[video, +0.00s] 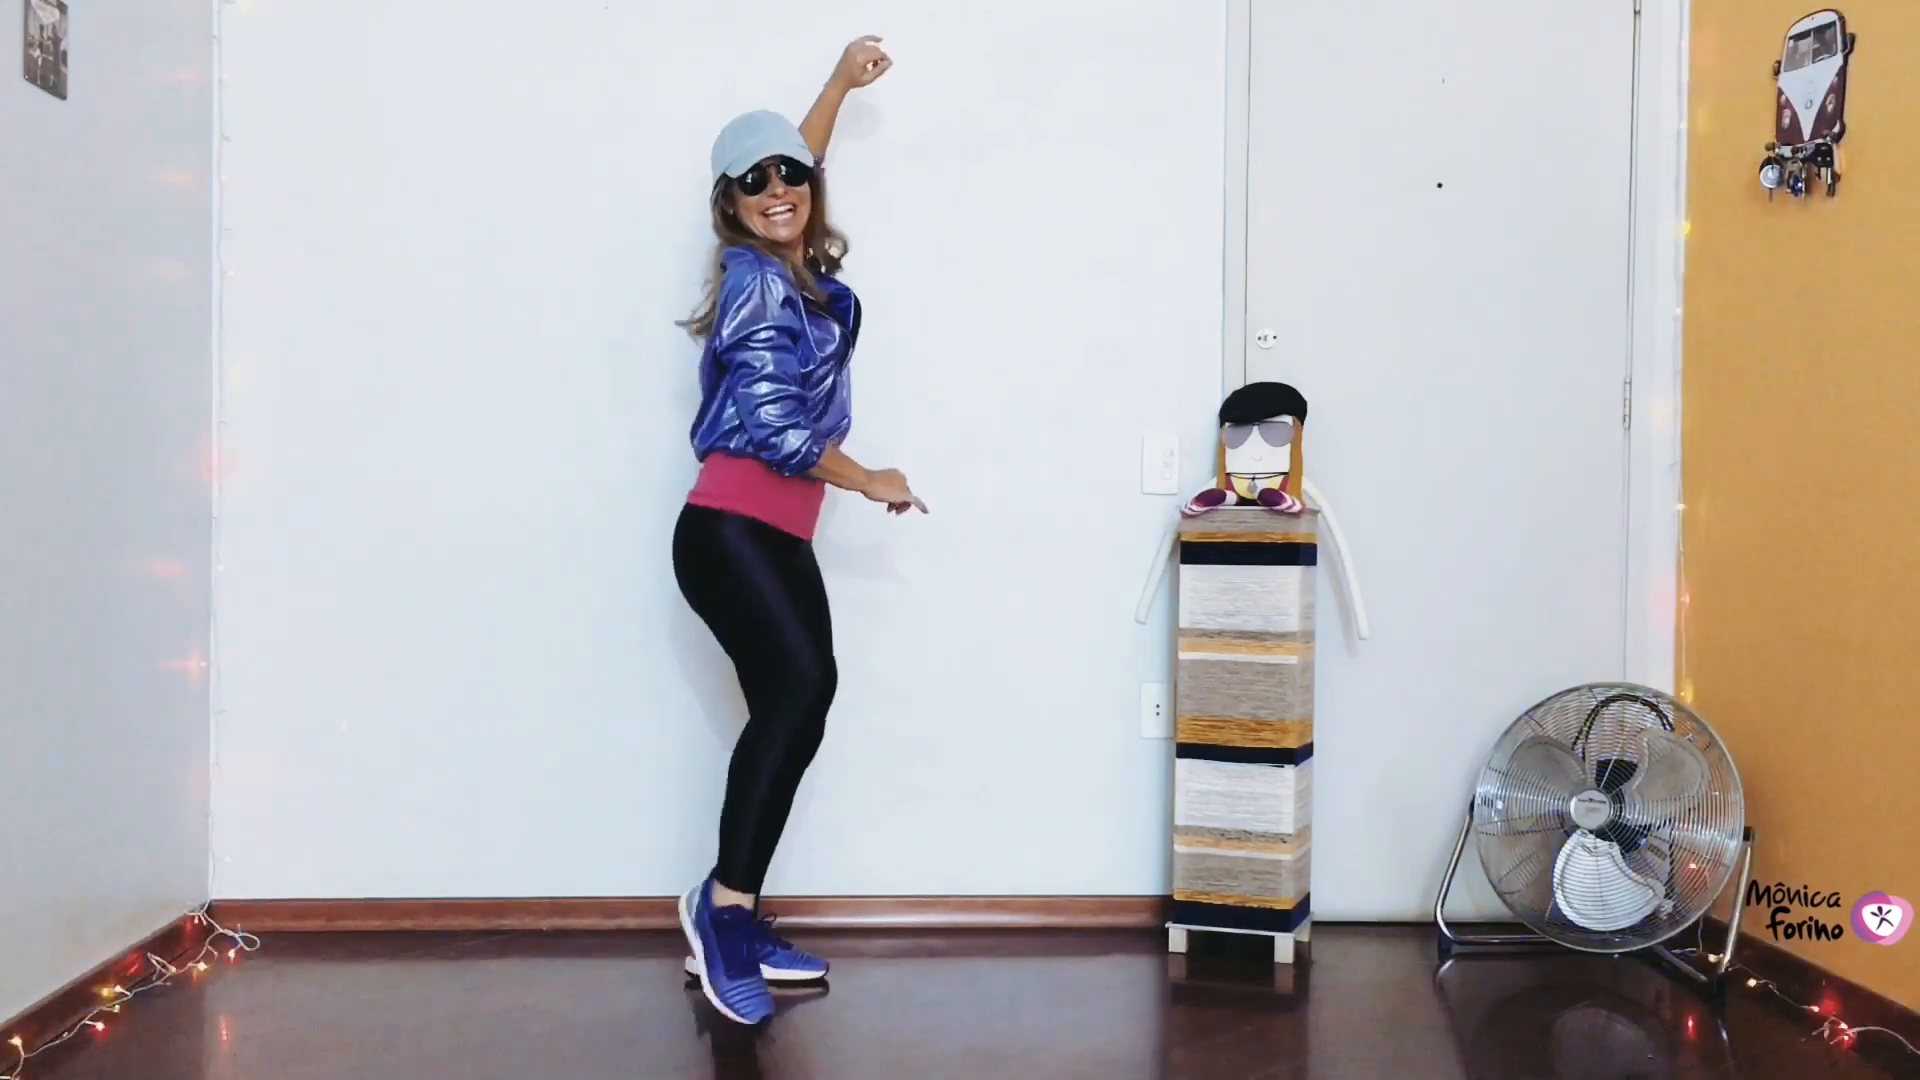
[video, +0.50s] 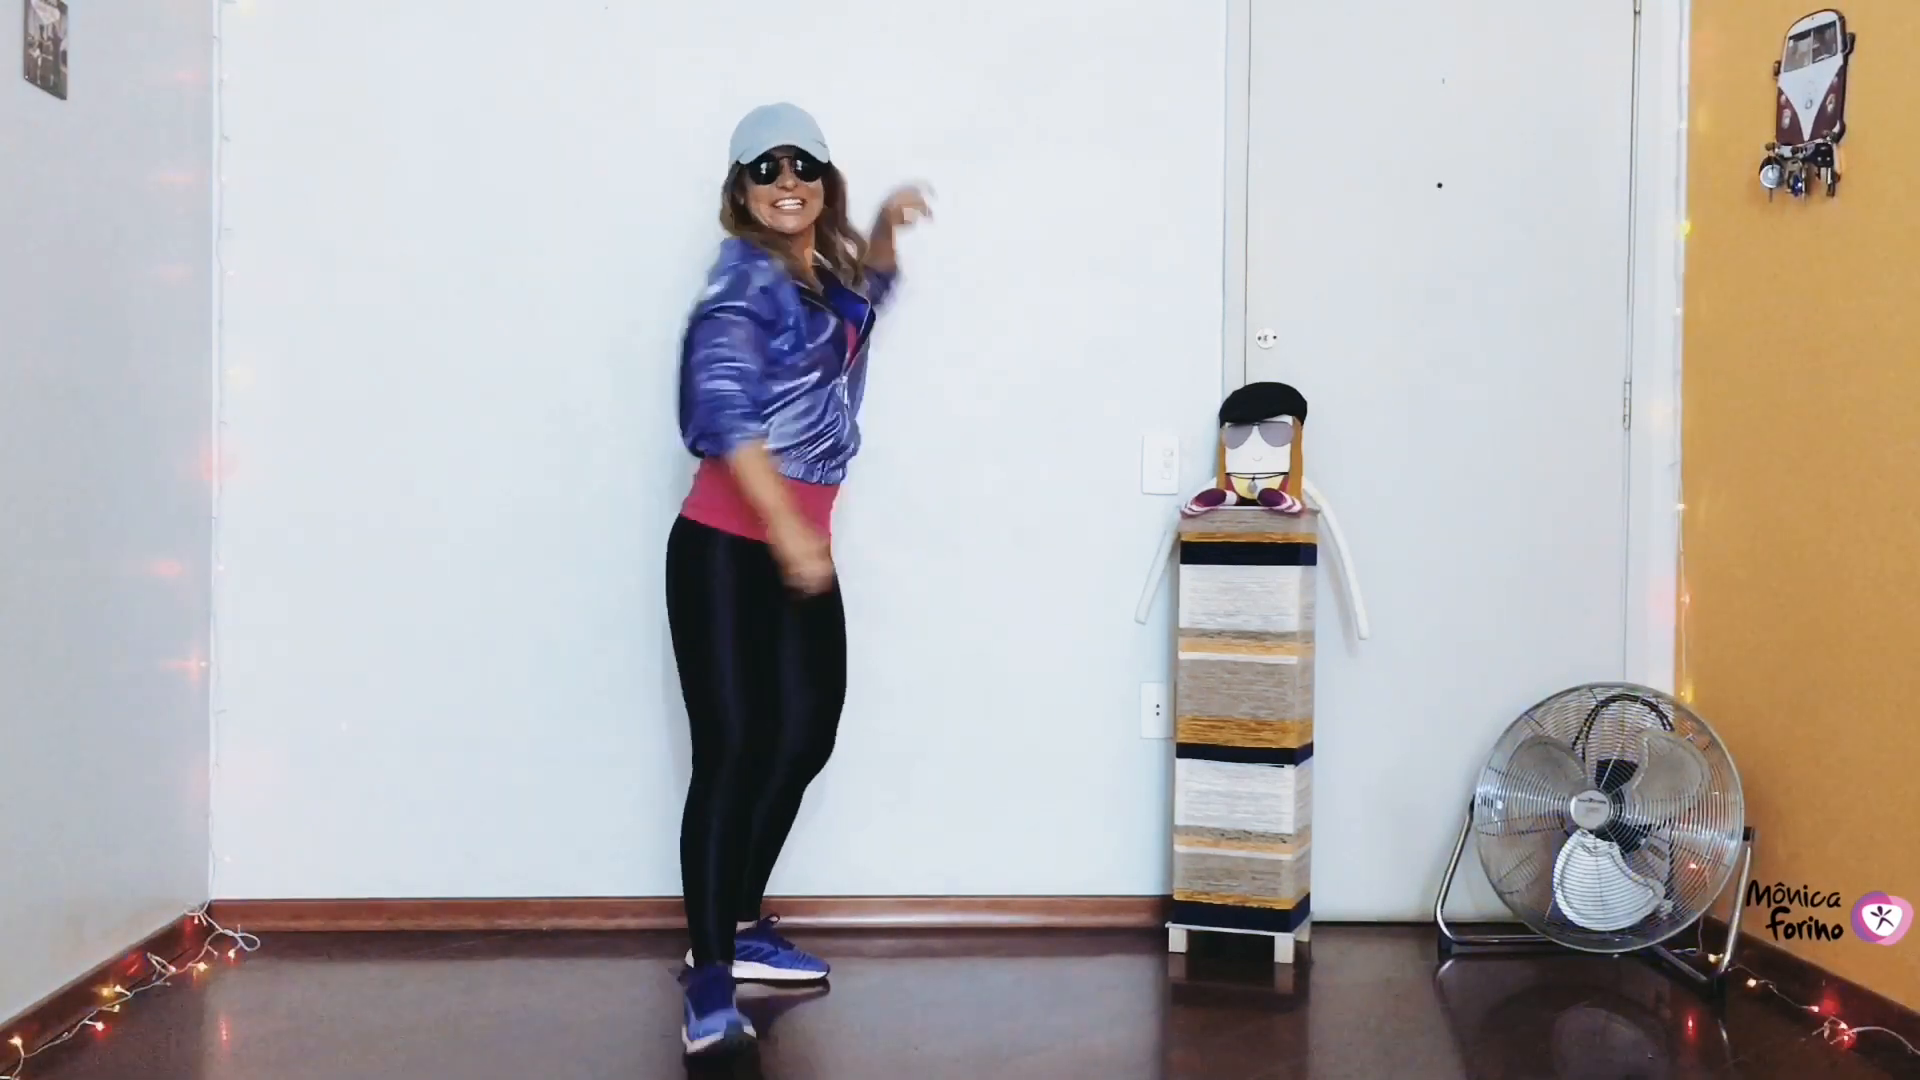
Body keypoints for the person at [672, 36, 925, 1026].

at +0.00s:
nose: (776, 196)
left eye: (789, 181)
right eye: (755, 186)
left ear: (808, 191)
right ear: (732, 204)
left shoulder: (797, 267)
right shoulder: (757, 285)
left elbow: (802, 170)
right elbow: (759, 417)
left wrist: (839, 83)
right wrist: (861, 478)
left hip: (782, 537)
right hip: (730, 528)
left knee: (806, 701)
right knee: (789, 699)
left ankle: (740, 909)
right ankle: (724, 909)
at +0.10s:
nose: (777, 192)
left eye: (789, 176)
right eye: (758, 182)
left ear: (812, 182)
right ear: (735, 198)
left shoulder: (800, 258)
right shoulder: (756, 283)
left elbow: (809, 155)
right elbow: (760, 418)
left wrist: (851, 71)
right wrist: (852, 470)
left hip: (782, 510)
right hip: (743, 509)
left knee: (800, 704)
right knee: (782, 707)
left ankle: (740, 921)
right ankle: (717, 927)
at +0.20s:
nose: (783, 197)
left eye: (795, 182)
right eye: (765, 187)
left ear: (816, 189)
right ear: (739, 202)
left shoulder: (799, 262)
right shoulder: (761, 284)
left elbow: (803, 161)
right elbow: (767, 413)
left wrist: (857, 77)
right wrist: (852, 471)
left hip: (786, 520)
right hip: (745, 514)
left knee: (807, 722)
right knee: (774, 716)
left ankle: (736, 926)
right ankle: (707, 935)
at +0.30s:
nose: (792, 197)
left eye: (802, 182)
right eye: (772, 187)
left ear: (821, 188)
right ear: (746, 203)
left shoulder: (810, 263)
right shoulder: (775, 277)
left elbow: (814, 188)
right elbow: (779, 405)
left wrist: (857, 116)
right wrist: (868, 478)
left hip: (784, 536)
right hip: (733, 528)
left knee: (818, 728)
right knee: (769, 716)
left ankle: (738, 924)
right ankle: (695, 939)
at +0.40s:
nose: (791, 190)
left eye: (804, 174)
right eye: (770, 179)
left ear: (826, 189)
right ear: (749, 199)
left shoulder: (817, 270)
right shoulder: (769, 276)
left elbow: (838, 225)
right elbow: (770, 406)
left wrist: (868, 163)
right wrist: (851, 498)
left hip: (795, 544)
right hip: (728, 539)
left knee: (819, 729)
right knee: (750, 729)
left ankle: (742, 924)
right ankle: (708, 952)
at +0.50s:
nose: (786, 183)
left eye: (803, 168)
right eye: (766, 170)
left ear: (827, 185)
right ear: (742, 190)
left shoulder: (828, 276)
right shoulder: (744, 282)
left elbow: (860, 306)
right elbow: (724, 417)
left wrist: (884, 236)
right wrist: (790, 532)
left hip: (803, 539)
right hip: (726, 542)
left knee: (807, 734)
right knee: (734, 748)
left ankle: (740, 928)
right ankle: (707, 975)